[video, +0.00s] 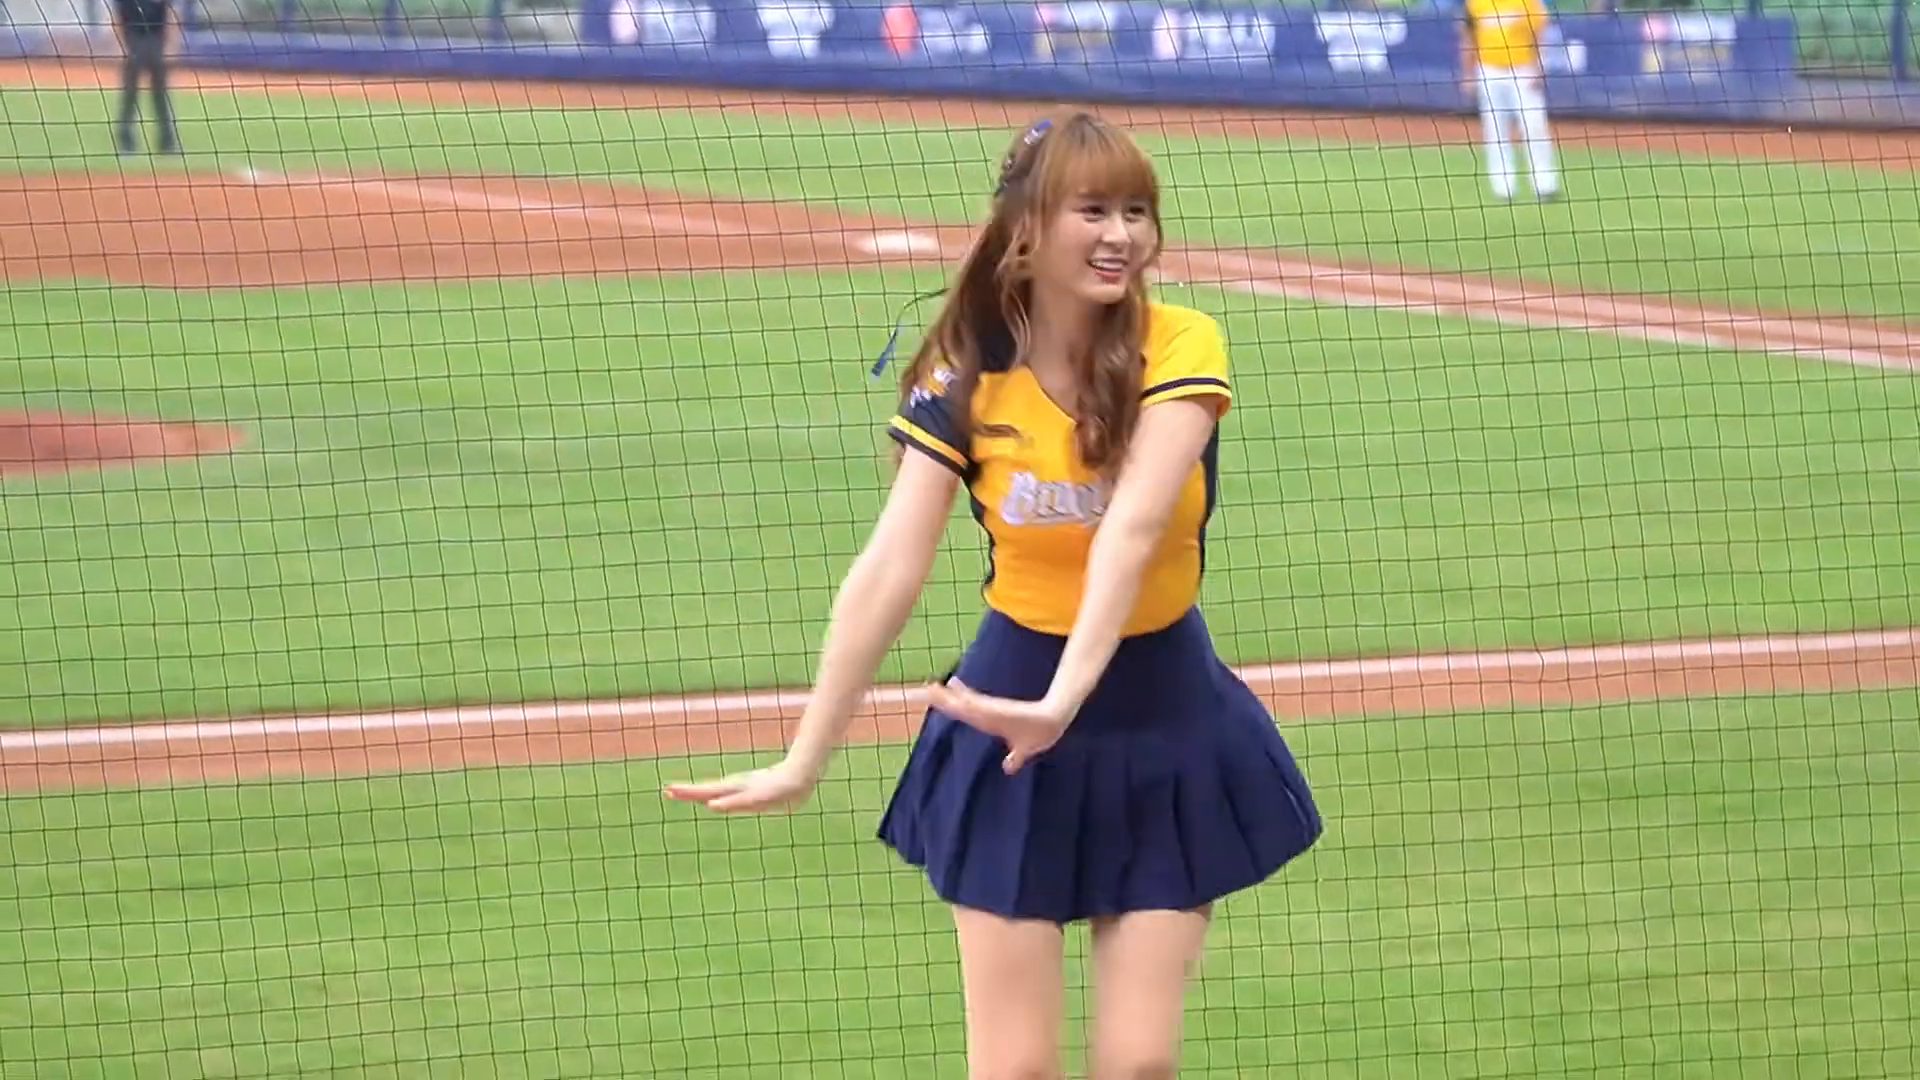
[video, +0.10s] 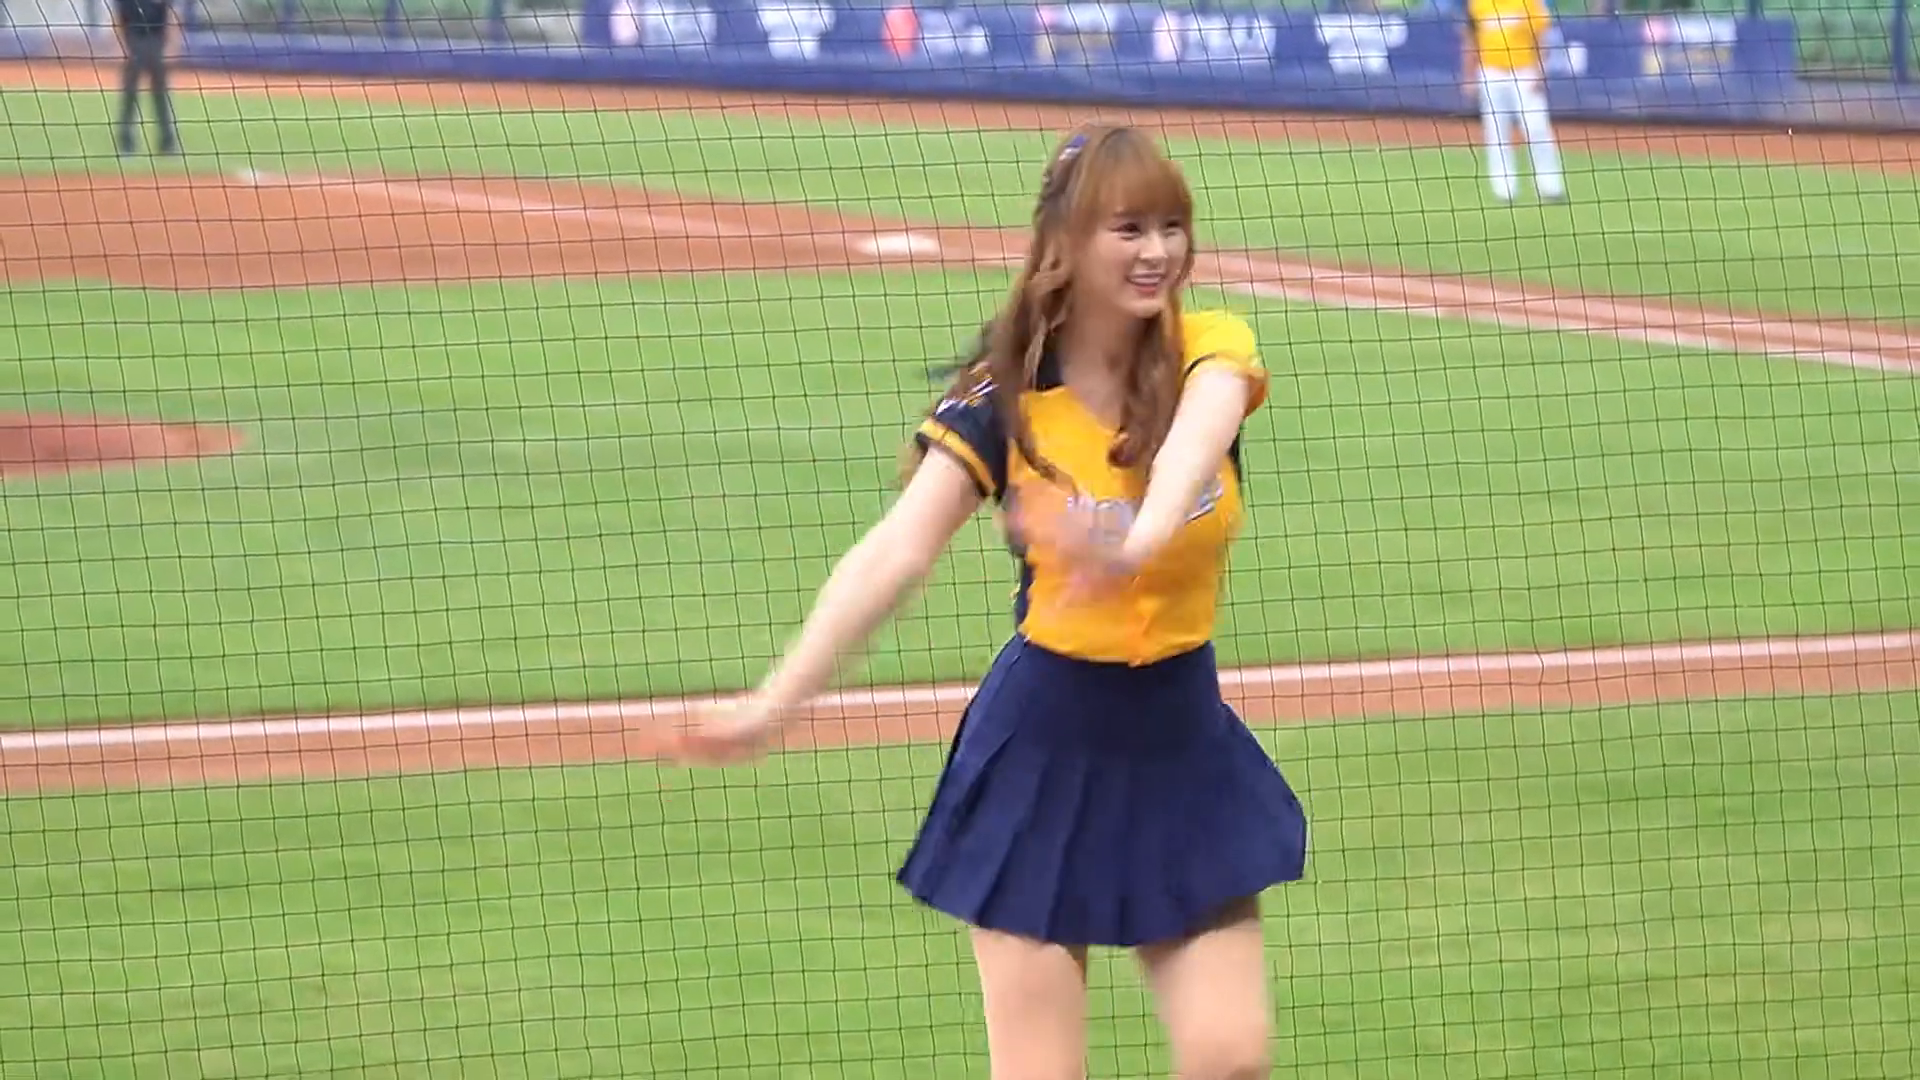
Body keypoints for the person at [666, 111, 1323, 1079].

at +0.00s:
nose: (1119, 234)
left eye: (1135, 212)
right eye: (1089, 210)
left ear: (1156, 230)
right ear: (1023, 234)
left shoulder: (1181, 345)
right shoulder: (964, 370)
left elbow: (1134, 528)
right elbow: (889, 570)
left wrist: (1061, 699)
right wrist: (805, 759)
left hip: (1162, 706)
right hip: (1009, 700)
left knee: (1139, 1059)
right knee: (1011, 1060)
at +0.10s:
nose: (1157, 249)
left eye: (1172, 225)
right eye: (1128, 228)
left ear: (1190, 238)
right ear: (1064, 247)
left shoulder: (1214, 342)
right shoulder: (1003, 393)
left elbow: (1197, 446)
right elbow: (895, 549)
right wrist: (773, 701)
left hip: (1180, 728)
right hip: (1042, 734)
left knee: (1235, 1051)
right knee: (1039, 1062)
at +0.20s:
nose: (1197, 207)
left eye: (1209, 174)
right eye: (1166, 184)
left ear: (1238, 179)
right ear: (1118, 204)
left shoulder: (1246, 317)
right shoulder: (1070, 324)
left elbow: (1284, 276)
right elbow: (910, 393)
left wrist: (1270, 220)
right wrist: (730, 451)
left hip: (1209, 688)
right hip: (1083, 682)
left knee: (1321, 1041)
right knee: (1050, 1052)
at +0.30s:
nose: (1253, 174)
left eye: (1266, 145)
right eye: (1222, 157)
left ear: (1285, 149)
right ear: (1166, 174)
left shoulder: (1300, 275)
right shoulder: (1124, 280)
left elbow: (1388, 150)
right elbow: (950, 229)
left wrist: (1463, 26)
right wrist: (797, 158)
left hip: (1255, 665)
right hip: (1129, 656)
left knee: (1351, 1052)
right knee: (1051, 1042)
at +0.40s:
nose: (1293, 187)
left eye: (1309, 161)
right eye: (1263, 166)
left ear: (1331, 173)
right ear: (1211, 187)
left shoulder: (1347, 293)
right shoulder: (1174, 298)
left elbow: (1478, 144)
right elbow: (1046, 171)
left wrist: (1589, 11)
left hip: (1300, 698)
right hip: (1180, 686)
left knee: (1369, 1048)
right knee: (1077, 1042)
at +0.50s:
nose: (1348, 184)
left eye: (1363, 159)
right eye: (1318, 164)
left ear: (1386, 173)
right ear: (1266, 188)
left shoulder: (1417, 327)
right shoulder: (1232, 301)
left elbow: (1582, 259)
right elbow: (1083, 227)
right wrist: (1115, 46)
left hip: (1318, 694)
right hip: (1198, 674)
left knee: (1373, 1057)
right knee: (1115, 1053)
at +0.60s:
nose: (1404, 183)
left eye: (1422, 163)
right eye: (1376, 162)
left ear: (1441, 186)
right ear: (1318, 184)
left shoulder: (1422, 359)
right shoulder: (1249, 298)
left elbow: (1573, 466)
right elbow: (1079, 352)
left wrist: (1721, 546)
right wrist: (1191, 234)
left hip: (1291, 695)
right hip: (1163, 676)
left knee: (1346, 1052)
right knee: (1222, 1017)